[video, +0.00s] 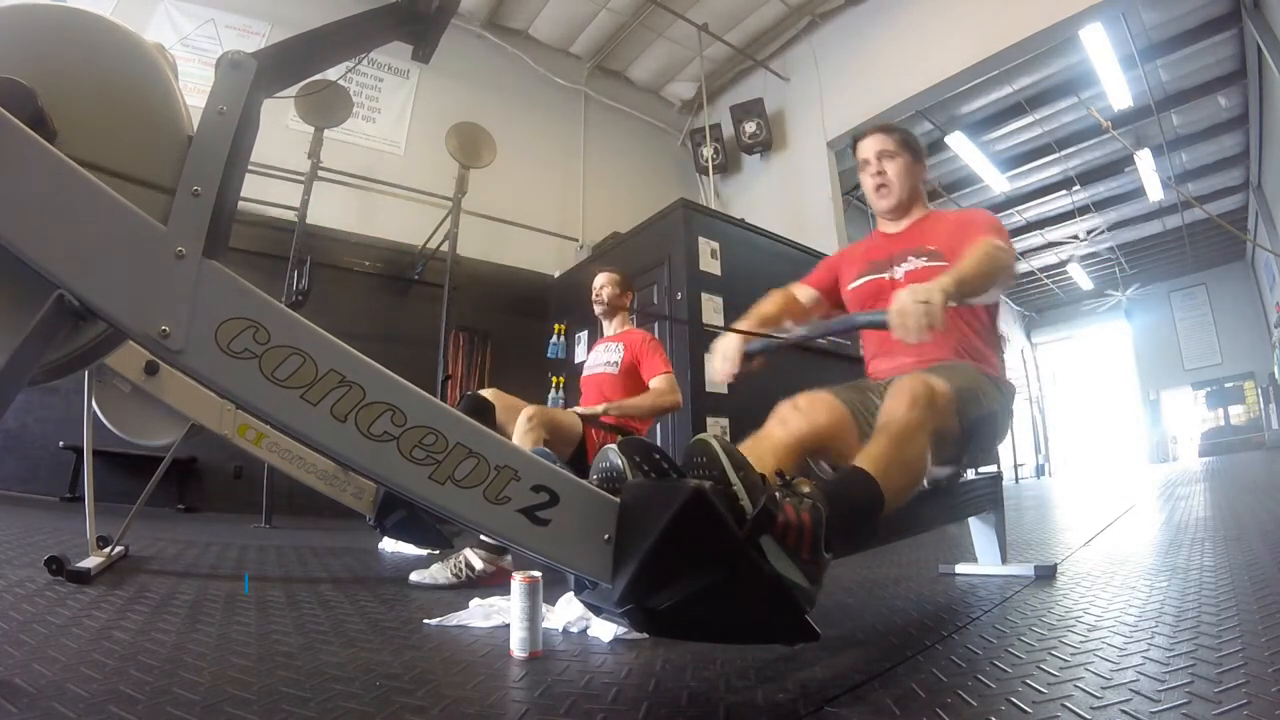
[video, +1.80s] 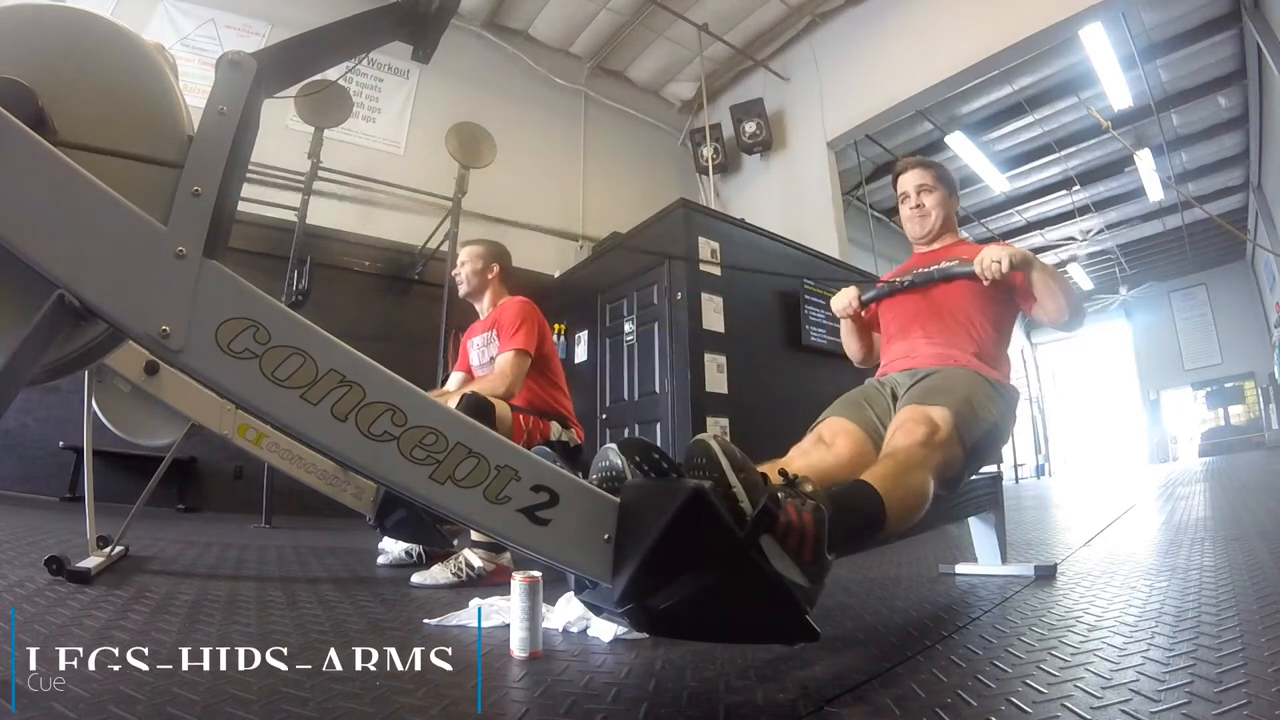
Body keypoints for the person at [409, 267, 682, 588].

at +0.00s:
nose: (596, 293)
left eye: (605, 287)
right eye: (594, 288)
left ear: (627, 297)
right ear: (592, 299)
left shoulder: (640, 340)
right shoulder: (598, 347)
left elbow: (670, 396)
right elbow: (600, 403)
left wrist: (605, 408)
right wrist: (570, 415)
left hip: (614, 442)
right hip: (579, 435)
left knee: (535, 417)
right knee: (485, 400)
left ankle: (490, 550)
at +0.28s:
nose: (597, 291)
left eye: (605, 284)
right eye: (594, 285)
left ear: (628, 294)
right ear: (590, 294)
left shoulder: (638, 328)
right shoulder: (595, 337)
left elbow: (650, 390)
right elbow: (593, 393)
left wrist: (579, 391)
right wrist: (562, 406)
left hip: (622, 435)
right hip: (582, 425)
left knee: (539, 418)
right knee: (496, 393)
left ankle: (492, 550)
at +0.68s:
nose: (571, 279)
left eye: (581, 273)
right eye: (572, 273)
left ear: (604, 284)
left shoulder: (616, 327)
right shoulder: (577, 339)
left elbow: (610, 388)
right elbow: (564, 392)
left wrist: (543, 388)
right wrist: (517, 391)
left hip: (608, 429)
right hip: (570, 424)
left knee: (531, 413)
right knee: (476, 412)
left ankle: (497, 552)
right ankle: (461, 531)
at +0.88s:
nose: (545, 278)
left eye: (555, 273)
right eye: (548, 273)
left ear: (576, 280)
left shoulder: (594, 321)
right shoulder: (551, 341)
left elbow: (574, 385)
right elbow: (523, 388)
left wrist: (500, 392)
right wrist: (475, 394)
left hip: (601, 428)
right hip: (558, 422)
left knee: (520, 412)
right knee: (465, 407)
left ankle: (494, 551)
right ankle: (442, 529)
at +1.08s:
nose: (510, 285)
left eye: (515, 276)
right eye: (510, 278)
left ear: (537, 281)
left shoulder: (572, 320)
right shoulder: (521, 342)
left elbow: (550, 387)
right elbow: (494, 396)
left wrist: (481, 403)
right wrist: (454, 404)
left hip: (586, 430)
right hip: (532, 425)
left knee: (505, 410)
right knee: (468, 411)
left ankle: (493, 549)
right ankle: (435, 534)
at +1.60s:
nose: (461, 273)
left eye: (469, 265)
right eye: (462, 267)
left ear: (499, 272)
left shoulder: (525, 310)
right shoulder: (478, 335)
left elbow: (510, 382)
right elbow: (457, 389)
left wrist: (448, 398)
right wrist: (415, 405)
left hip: (559, 429)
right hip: (509, 426)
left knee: (474, 405)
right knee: (428, 413)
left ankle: (488, 553)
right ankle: (422, 536)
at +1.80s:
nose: (455, 272)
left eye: (463, 264)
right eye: (456, 265)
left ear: (493, 271)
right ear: (484, 274)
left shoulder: (519, 309)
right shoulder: (471, 334)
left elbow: (505, 383)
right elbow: (452, 390)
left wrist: (442, 398)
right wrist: (412, 404)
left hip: (553, 428)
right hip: (504, 425)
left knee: (472, 404)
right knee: (425, 411)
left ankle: (488, 553)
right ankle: (417, 535)